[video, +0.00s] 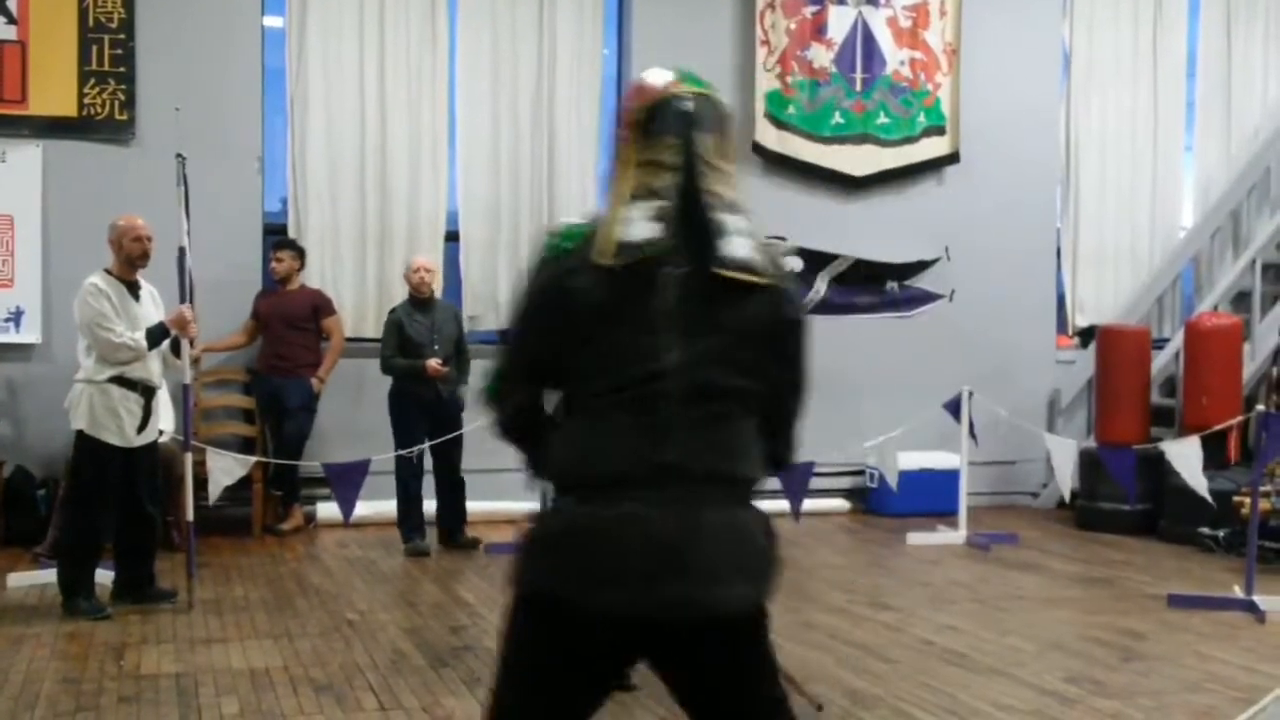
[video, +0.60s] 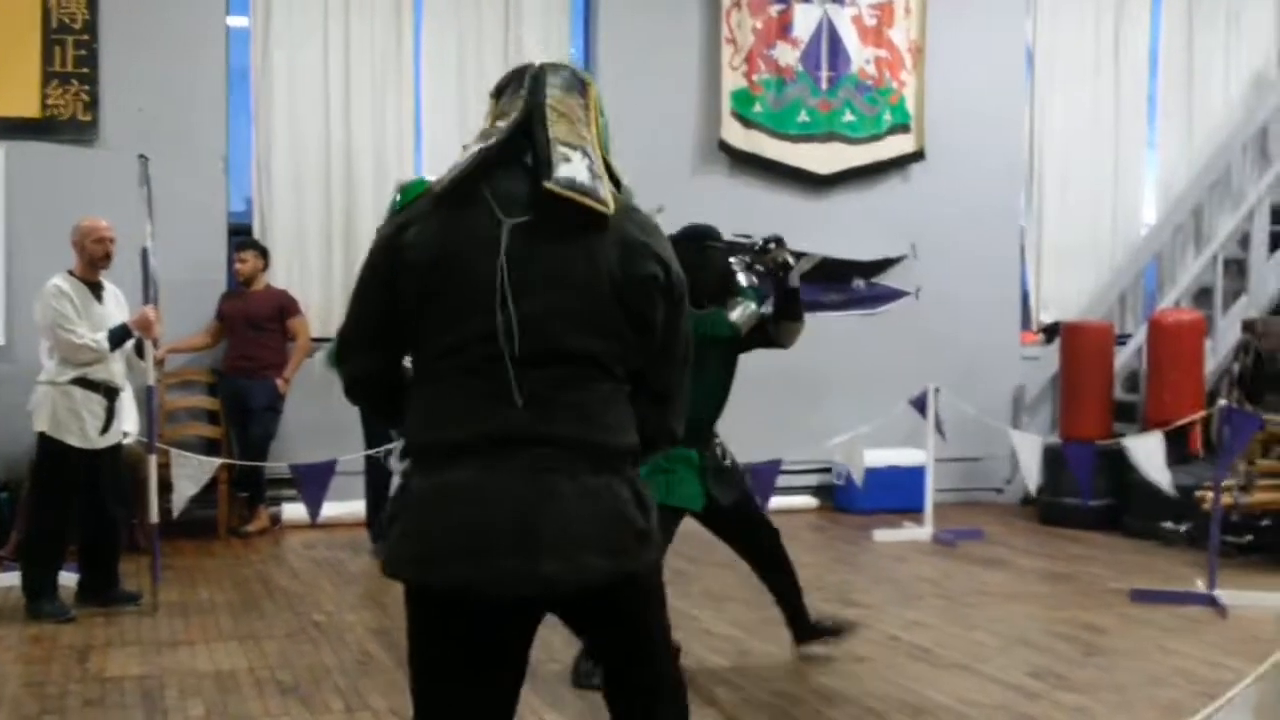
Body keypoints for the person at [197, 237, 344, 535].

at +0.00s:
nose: (274, 265)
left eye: (280, 260)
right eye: (272, 260)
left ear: (298, 264)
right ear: (272, 264)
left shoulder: (316, 298)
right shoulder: (264, 299)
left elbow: (337, 339)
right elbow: (246, 336)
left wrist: (321, 377)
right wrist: (204, 348)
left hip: (300, 382)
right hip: (267, 380)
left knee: (290, 445)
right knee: (277, 445)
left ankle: (289, 509)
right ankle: (292, 510)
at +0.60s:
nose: (238, 266)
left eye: (244, 261)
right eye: (236, 261)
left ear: (262, 263)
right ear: (235, 265)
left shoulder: (281, 299)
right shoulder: (229, 300)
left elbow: (303, 339)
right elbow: (210, 337)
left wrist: (286, 378)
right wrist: (169, 349)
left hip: (266, 382)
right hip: (232, 381)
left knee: (255, 446)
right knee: (241, 447)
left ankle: (258, 511)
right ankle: (255, 511)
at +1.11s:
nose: (143, 267)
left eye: (149, 262)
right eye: (141, 262)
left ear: (167, 265)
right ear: (139, 266)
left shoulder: (185, 301)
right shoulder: (135, 301)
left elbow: (209, 341)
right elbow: (114, 339)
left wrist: (192, 381)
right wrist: (72, 351)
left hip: (169, 384)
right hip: (135, 382)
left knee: (159, 448)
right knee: (140, 449)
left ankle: (162, 514)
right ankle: (147, 512)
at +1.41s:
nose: (92, 268)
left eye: (99, 263)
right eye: (91, 263)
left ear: (117, 265)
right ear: (90, 266)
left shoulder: (135, 302)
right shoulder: (84, 302)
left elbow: (161, 343)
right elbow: (62, 342)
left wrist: (143, 383)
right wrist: (20, 354)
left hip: (121, 387)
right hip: (86, 385)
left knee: (110, 453)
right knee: (93, 452)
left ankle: (114, 519)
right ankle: (108, 518)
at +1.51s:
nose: (75, 269)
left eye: (82, 263)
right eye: (73, 264)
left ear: (101, 266)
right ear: (72, 268)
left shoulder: (119, 303)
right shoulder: (67, 304)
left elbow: (144, 344)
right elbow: (45, 343)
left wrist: (126, 384)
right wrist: (5, 354)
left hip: (104, 389)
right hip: (69, 387)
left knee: (93, 454)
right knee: (77, 455)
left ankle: (97, 521)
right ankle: (86, 520)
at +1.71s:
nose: (40, 267)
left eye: (47, 262)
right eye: (38, 262)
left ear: (66, 264)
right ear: (37, 266)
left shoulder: (86, 302)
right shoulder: (31, 302)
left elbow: (110, 343)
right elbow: (14, 336)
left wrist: (91, 384)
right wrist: (1, 348)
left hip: (69, 387)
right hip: (33, 385)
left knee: (58, 453)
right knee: (40, 453)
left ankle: (60, 519)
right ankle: (52, 518)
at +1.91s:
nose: (2, 263)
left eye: (8, 258)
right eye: (1, 258)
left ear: (26, 260)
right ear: (3, 261)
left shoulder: (43, 298)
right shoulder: (6, 295)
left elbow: (70, 338)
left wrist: (50, 380)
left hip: (27, 384)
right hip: (7, 383)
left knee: (16, 455)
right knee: (9, 454)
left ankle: (18, 519)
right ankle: (19, 519)